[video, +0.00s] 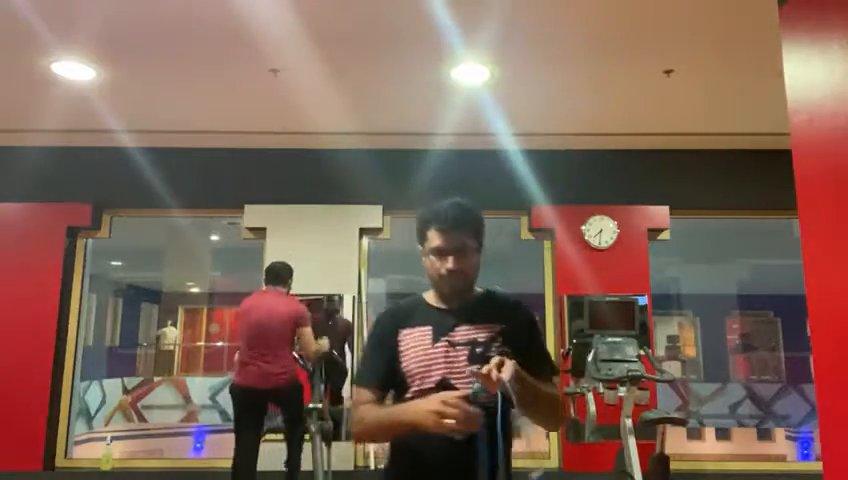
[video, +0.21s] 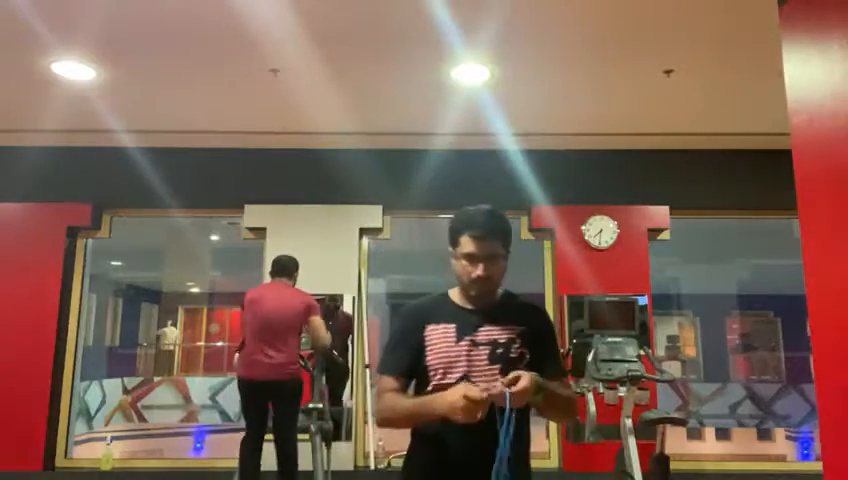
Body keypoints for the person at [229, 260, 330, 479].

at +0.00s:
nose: (289, 285)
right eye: (290, 282)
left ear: (265, 281)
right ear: (289, 283)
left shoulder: (246, 304)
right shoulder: (296, 308)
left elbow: (245, 343)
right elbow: (309, 353)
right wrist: (322, 345)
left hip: (247, 385)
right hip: (284, 384)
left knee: (245, 446)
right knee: (295, 424)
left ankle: (242, 476)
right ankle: (293, 469)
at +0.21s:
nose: (295, 278)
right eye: (296, 275)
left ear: (271, 273)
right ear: (295, 275)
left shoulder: (250, 295)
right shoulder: (305, 300)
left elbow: (247, 334)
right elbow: (321, 341)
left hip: (251, 379)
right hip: (286, 379)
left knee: (253, 433)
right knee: (286, 438)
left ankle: (247, 476)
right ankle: (288, 477)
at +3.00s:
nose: (295, 284)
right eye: (295, 281)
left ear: (270, 280)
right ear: (294, 281)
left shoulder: (250, 303)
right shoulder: (304, 306)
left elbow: (230, 344)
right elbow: (324, 341)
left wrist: (228, 375)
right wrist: (331, 329)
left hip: (254, 384)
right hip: (290, 385)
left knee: (255, 429)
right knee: (284, 435)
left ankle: (257, 474)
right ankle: (278, 475)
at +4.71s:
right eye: (292, 280)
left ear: (268, 279)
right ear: (293, 281)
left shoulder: (249, 302)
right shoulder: (304, 304)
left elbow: (235, 339)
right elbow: (325, 339)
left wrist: (229, 365)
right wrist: (332, 326)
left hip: (255, 383)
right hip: (291, 384)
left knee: (256, 427)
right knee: (286, 435)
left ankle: (253, 471)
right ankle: (284, 475)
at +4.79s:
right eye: (292, 279)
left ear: (267, 278)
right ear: (292, 280)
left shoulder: (249, 302)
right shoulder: (304, 304)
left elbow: (234, 342)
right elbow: (322, 337)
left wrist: (230, 369)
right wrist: (330, 328)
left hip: (255, 383)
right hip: (291, 383)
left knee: (257, 429)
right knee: (286, 433)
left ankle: (257, 470)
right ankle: (285, 473)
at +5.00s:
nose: (290, 279)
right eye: (290, 275)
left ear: (265, 274)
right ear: (290, 275)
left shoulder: (244, 297)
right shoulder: (299, 298)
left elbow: (227, 337)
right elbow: (320, 330)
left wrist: (243, 336)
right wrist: (331, 325)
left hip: (251, 375)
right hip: (287, 376)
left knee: (255, 440)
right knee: (289, 439)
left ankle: (254, 476)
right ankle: (285, 476)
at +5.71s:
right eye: (293, 278)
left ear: (269, 278)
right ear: (293, 279)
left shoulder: (250, 300)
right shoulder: (303, 303)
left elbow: (231, 341)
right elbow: (322, 330)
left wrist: (233, 360)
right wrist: (334, 327)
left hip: (253, 383)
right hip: (289, 383)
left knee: (259, 433)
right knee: (286, 437)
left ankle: (258, 474)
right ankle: (286, 475)